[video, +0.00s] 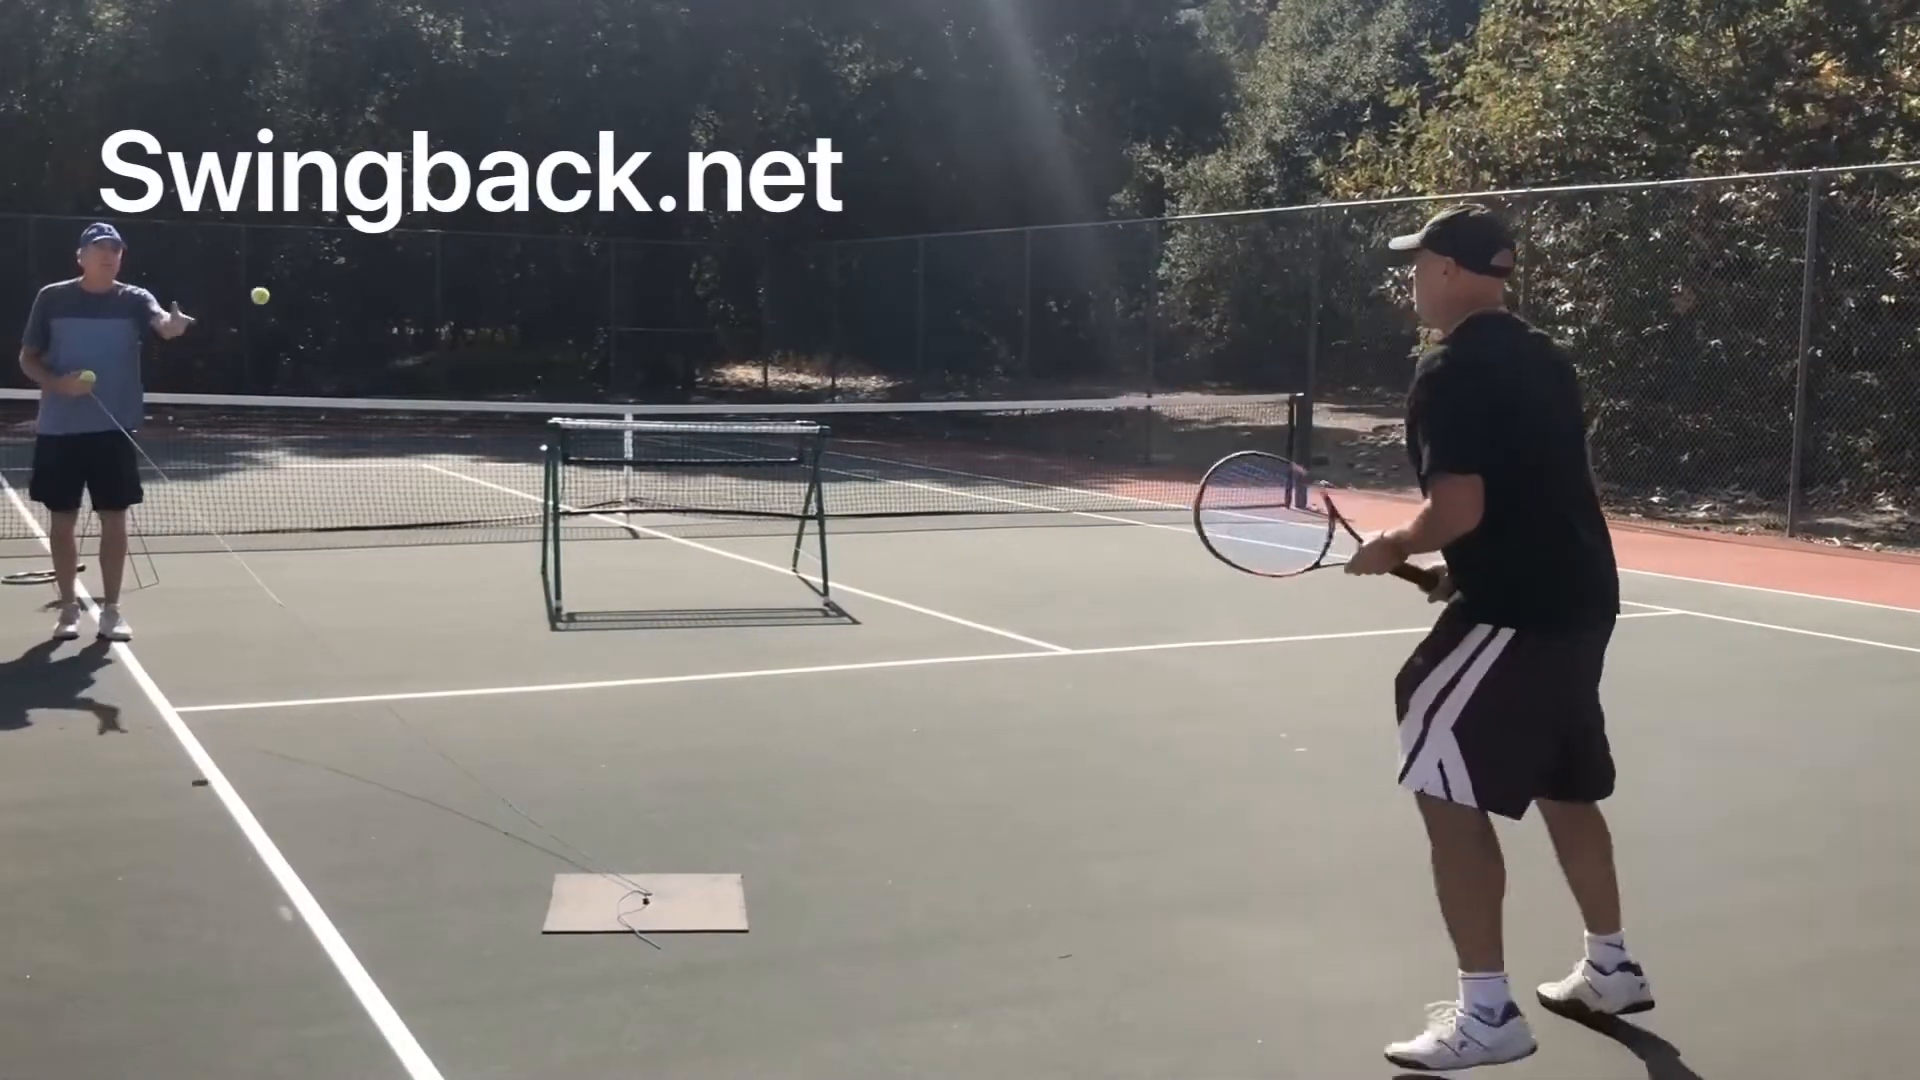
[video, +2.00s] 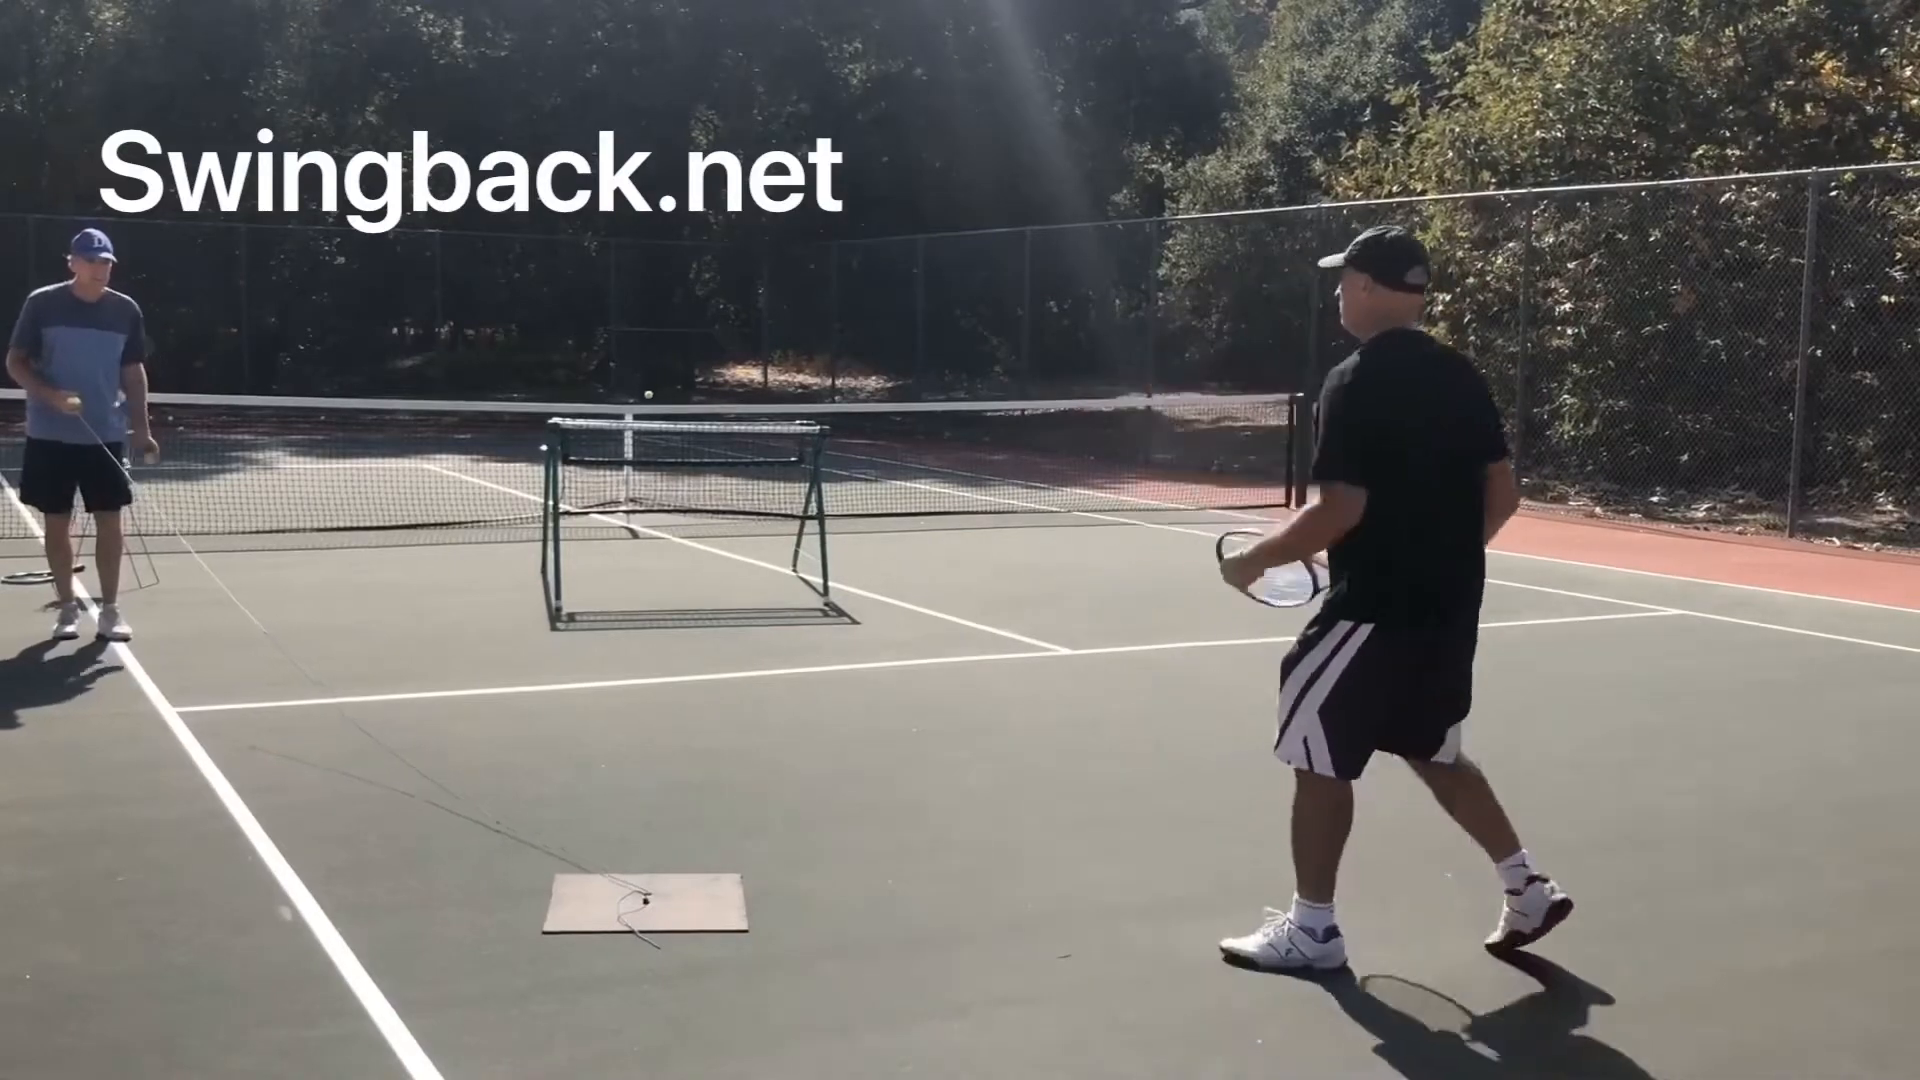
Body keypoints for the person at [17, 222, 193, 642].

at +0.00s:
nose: (108, 255)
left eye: (114, 248)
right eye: (100, 247)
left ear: (121, 256)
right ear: (81, 255)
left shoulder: (136, 298)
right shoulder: (51, 298)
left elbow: (161, 324)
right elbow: (27, 359)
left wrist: (173, 324)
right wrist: (57, 383)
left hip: (114, 432)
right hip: (60, 433)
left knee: (114, 520)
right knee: (62, 521)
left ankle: (111, 610)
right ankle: (69, 606)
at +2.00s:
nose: (101, 271)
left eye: (106, 263)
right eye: (93, 262)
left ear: (113, 266)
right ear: (72, 263)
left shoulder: (126, 311)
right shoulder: (41, 304)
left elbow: (134, 371)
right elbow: (15, 361)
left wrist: (141, 429)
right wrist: (49, 394)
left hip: (105, 438)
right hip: (51, 438)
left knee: (110, 521)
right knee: (56, 523)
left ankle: (110, 609)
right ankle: (68, 605)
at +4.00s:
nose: (91, 267)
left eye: (97, 260)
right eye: (83, 259)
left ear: (106, 263)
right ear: (66, 259)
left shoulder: (121, 304)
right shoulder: (38, 303)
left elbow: (134, 364)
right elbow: (16, 363)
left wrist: (139, 417)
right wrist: (56, 393)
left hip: (108, 435)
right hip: (53, 437)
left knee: (110, 519)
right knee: (59, 521)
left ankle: (110, 609)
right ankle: (69, 607)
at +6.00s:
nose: (33, 266)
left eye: (39, 259)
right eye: (25, 257)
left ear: (44, 262)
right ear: (6, 258)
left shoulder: (48, 298)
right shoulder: (1, 297)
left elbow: (50, 357)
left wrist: (60, 413)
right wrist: (0, 405)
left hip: (40, 430)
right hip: (6, 431)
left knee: (38, 506)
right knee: (6, 515)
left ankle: (13, 596)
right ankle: (7, 608)